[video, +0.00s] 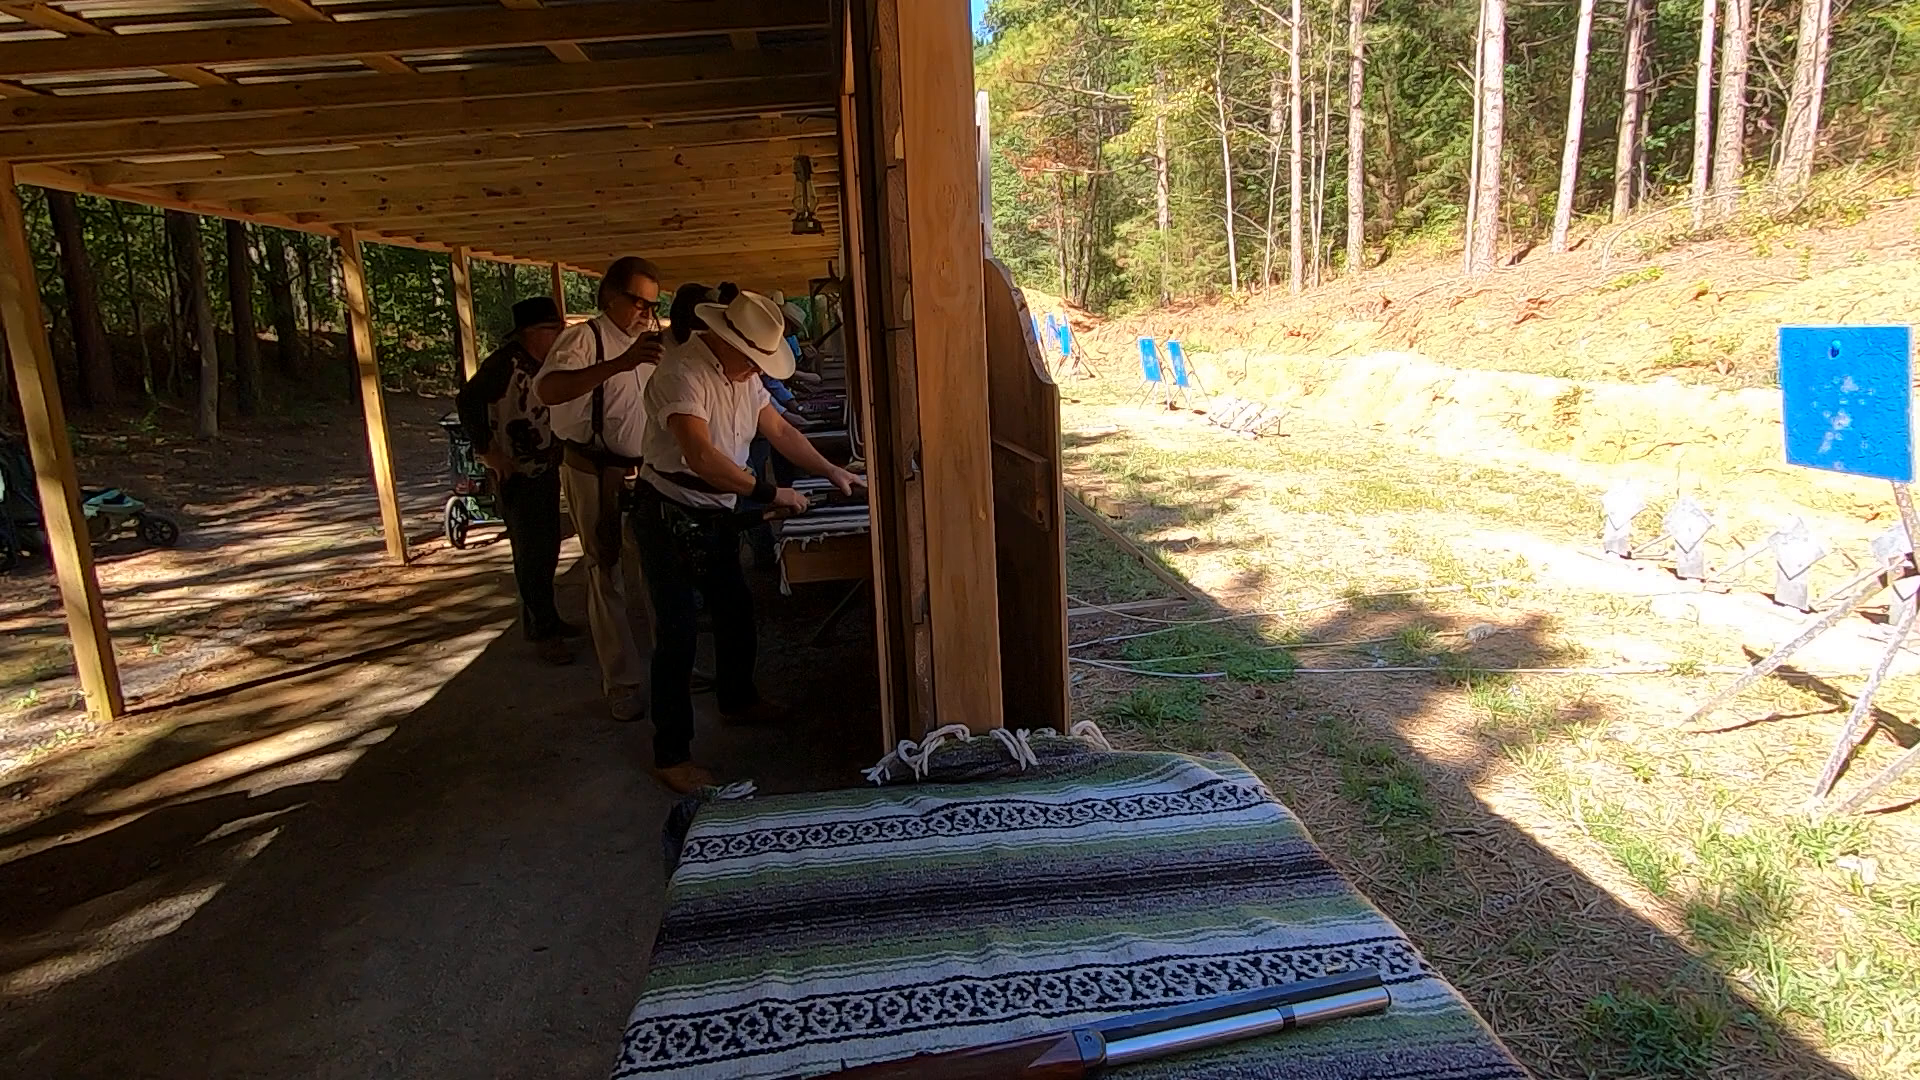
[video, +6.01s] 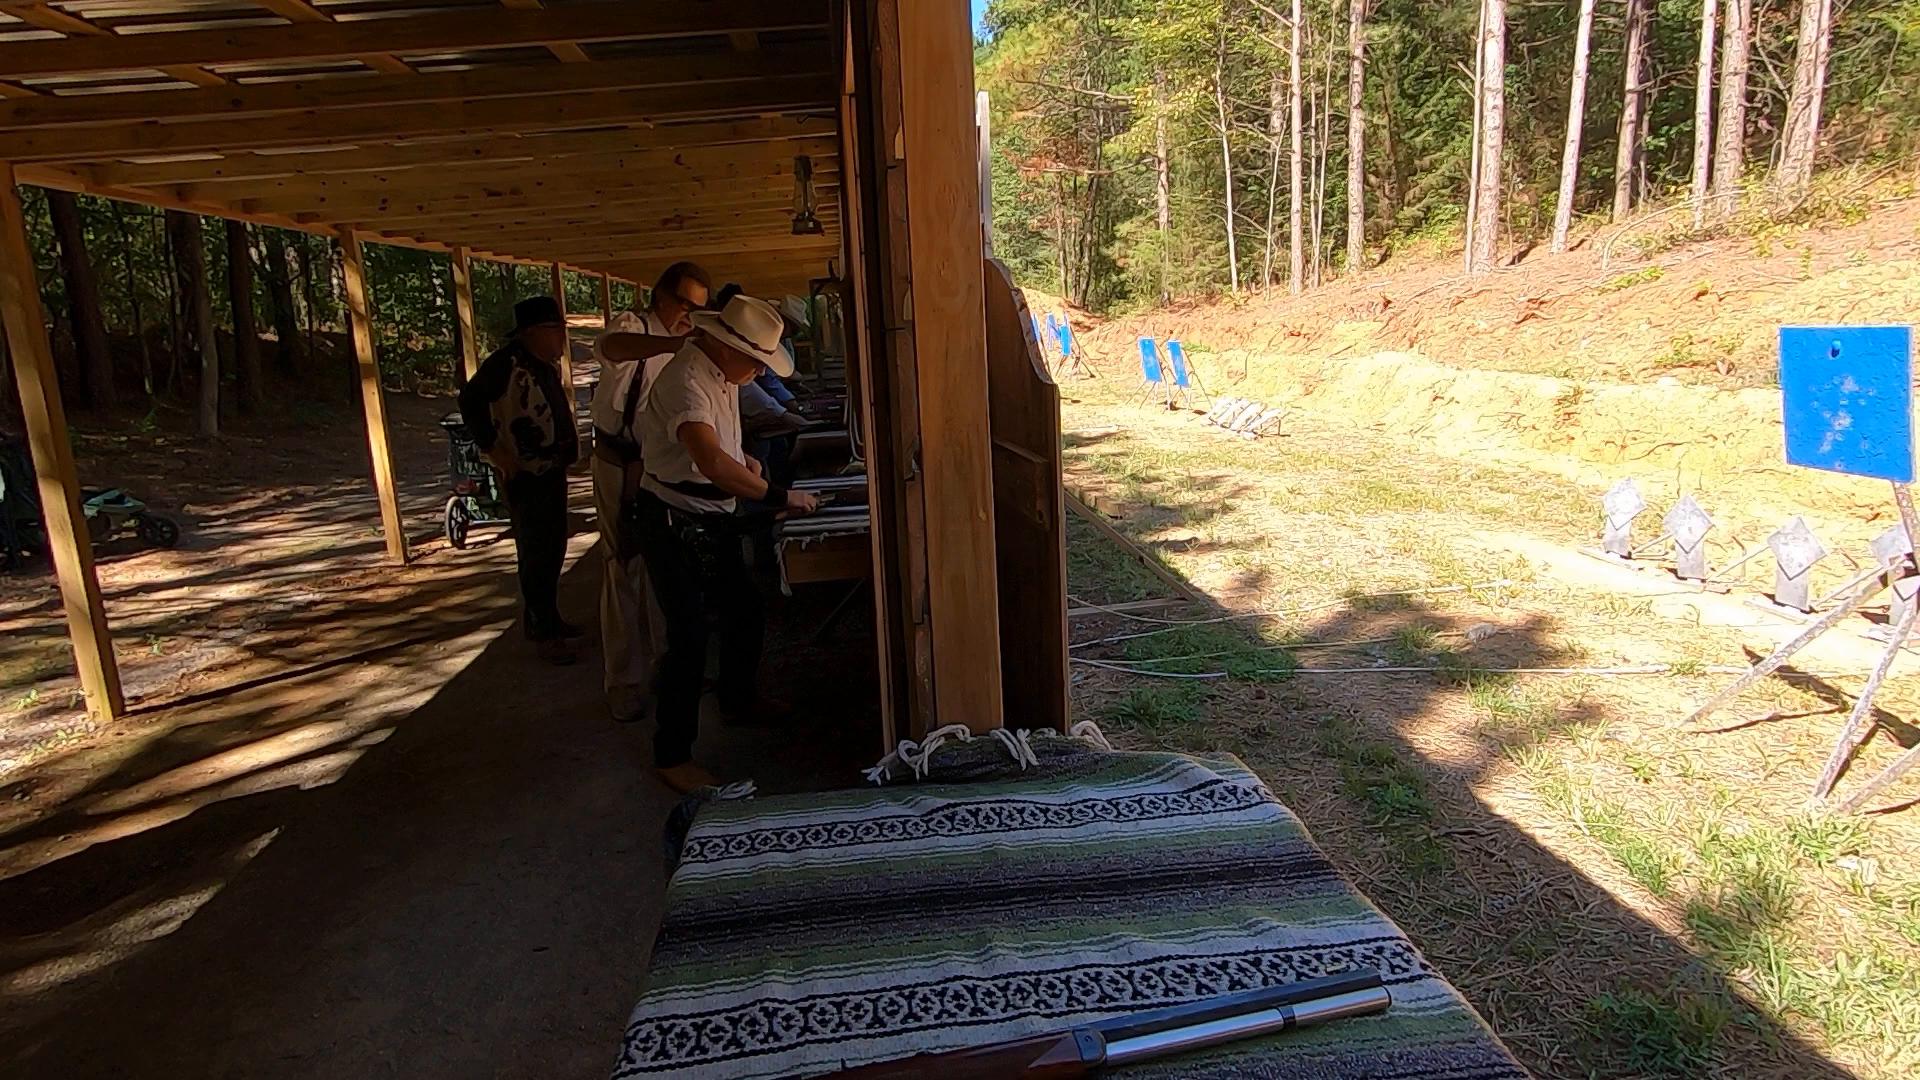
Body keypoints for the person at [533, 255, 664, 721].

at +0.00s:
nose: (644, 313)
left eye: (651, 305)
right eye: (636, 303)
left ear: (654, 304)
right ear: (608, 296)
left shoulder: (652, 340)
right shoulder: (583, 337)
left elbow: (671, 395)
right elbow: (546, 390)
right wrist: (621, 362)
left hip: (645, 466)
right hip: (592, 470)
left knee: (654, 571)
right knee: (606, 577)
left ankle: (669, 667)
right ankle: (622, 684)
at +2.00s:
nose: (685, 311)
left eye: (694, 306)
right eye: (680, 300)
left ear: (700, 309)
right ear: (657, 293)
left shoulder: (693, 346)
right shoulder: (625, 326)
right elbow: (577, 355)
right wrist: (644, 337)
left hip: (673, 464)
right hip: (619, 463)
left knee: (672, 569)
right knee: (625, 572)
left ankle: (676, 670)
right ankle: (623, 682)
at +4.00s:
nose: (687, 312)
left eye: (693, 306)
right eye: (681, 302)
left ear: (695, 309)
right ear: (658, 298)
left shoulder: (694, 352)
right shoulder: (629, 342)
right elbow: (589, 347)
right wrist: (664, 337)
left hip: (672, 464)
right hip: (621, 468)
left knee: (674, 570)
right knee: (627, 575)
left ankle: (675, 672)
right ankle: (624, 685)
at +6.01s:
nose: (690, 315)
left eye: (697, 310)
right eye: (684, 304)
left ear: (699, 311)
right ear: (659, 296)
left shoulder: (690, 344)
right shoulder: (631, 325)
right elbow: (608, 348)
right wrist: (675, 344)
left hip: (667, 461)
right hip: (618, 462)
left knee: (670, 566)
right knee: (624, 572)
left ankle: (670, 667)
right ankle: (623, 682)